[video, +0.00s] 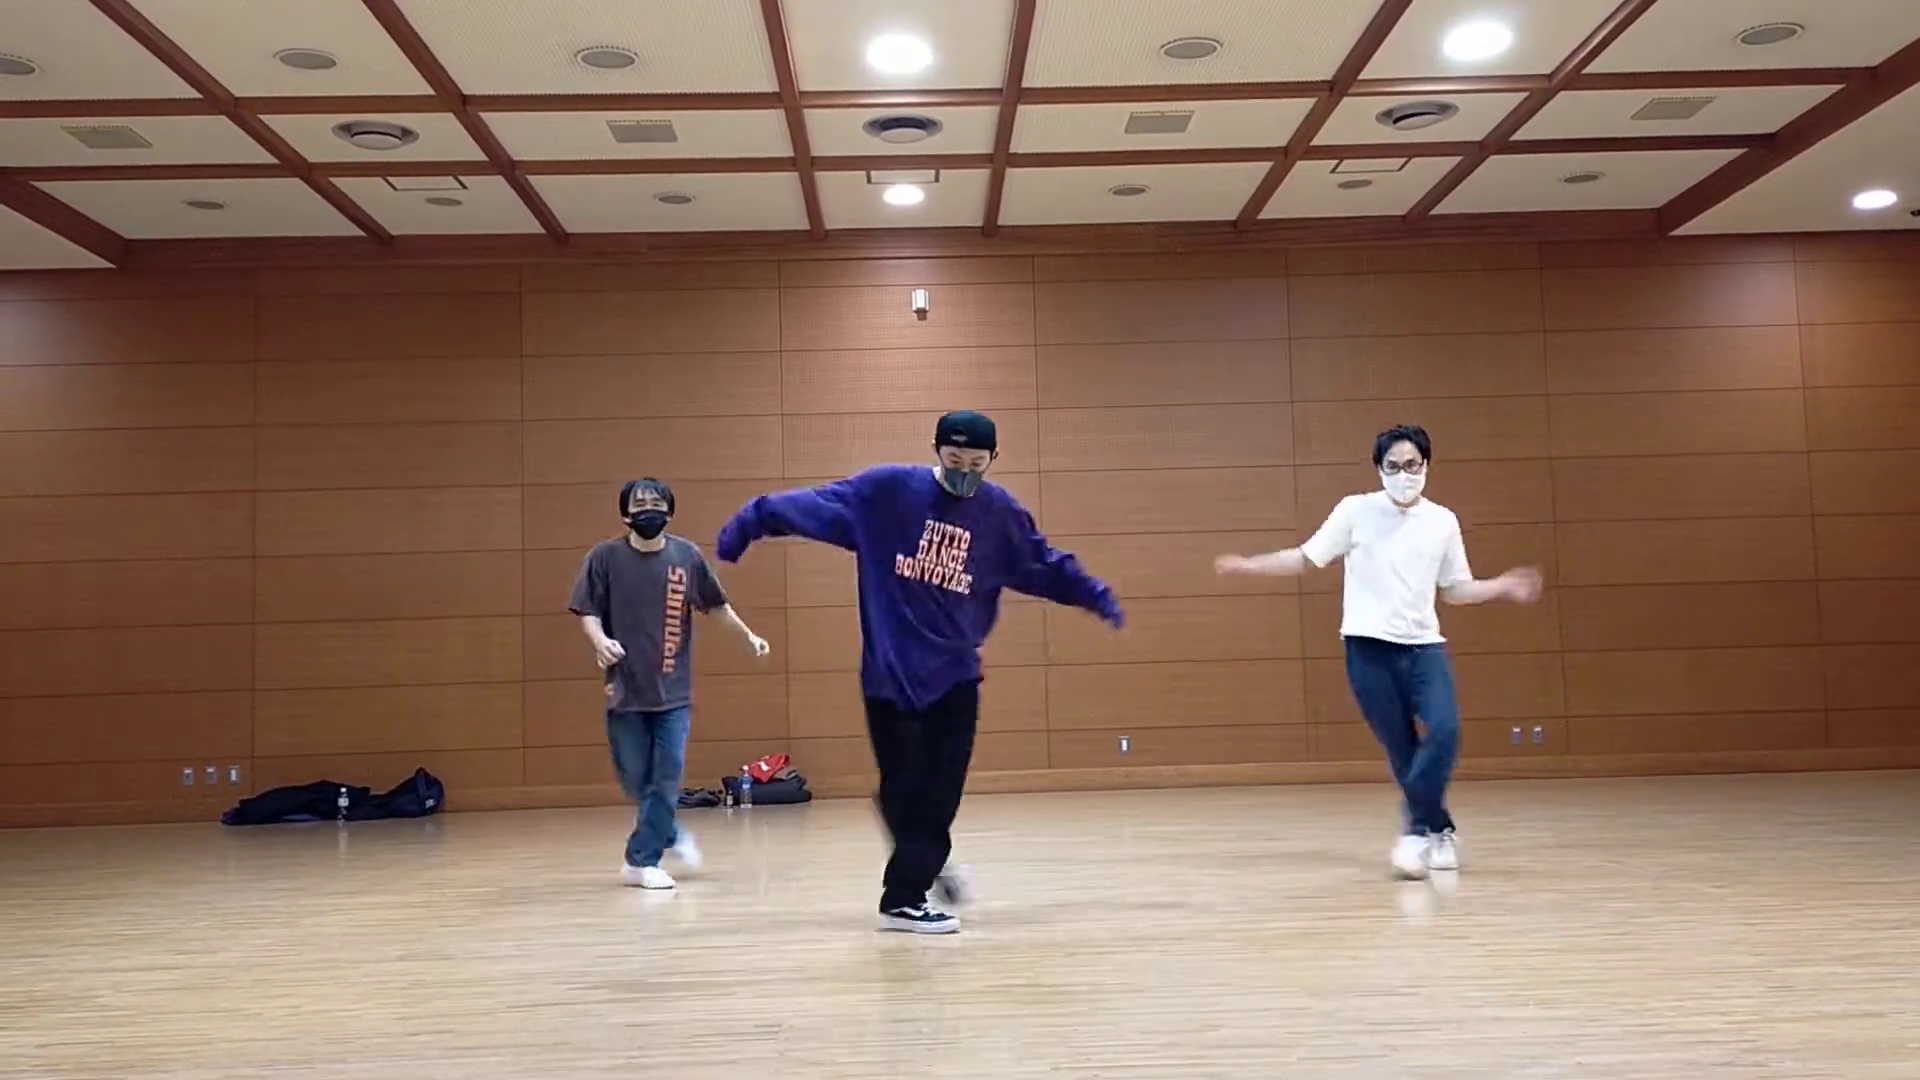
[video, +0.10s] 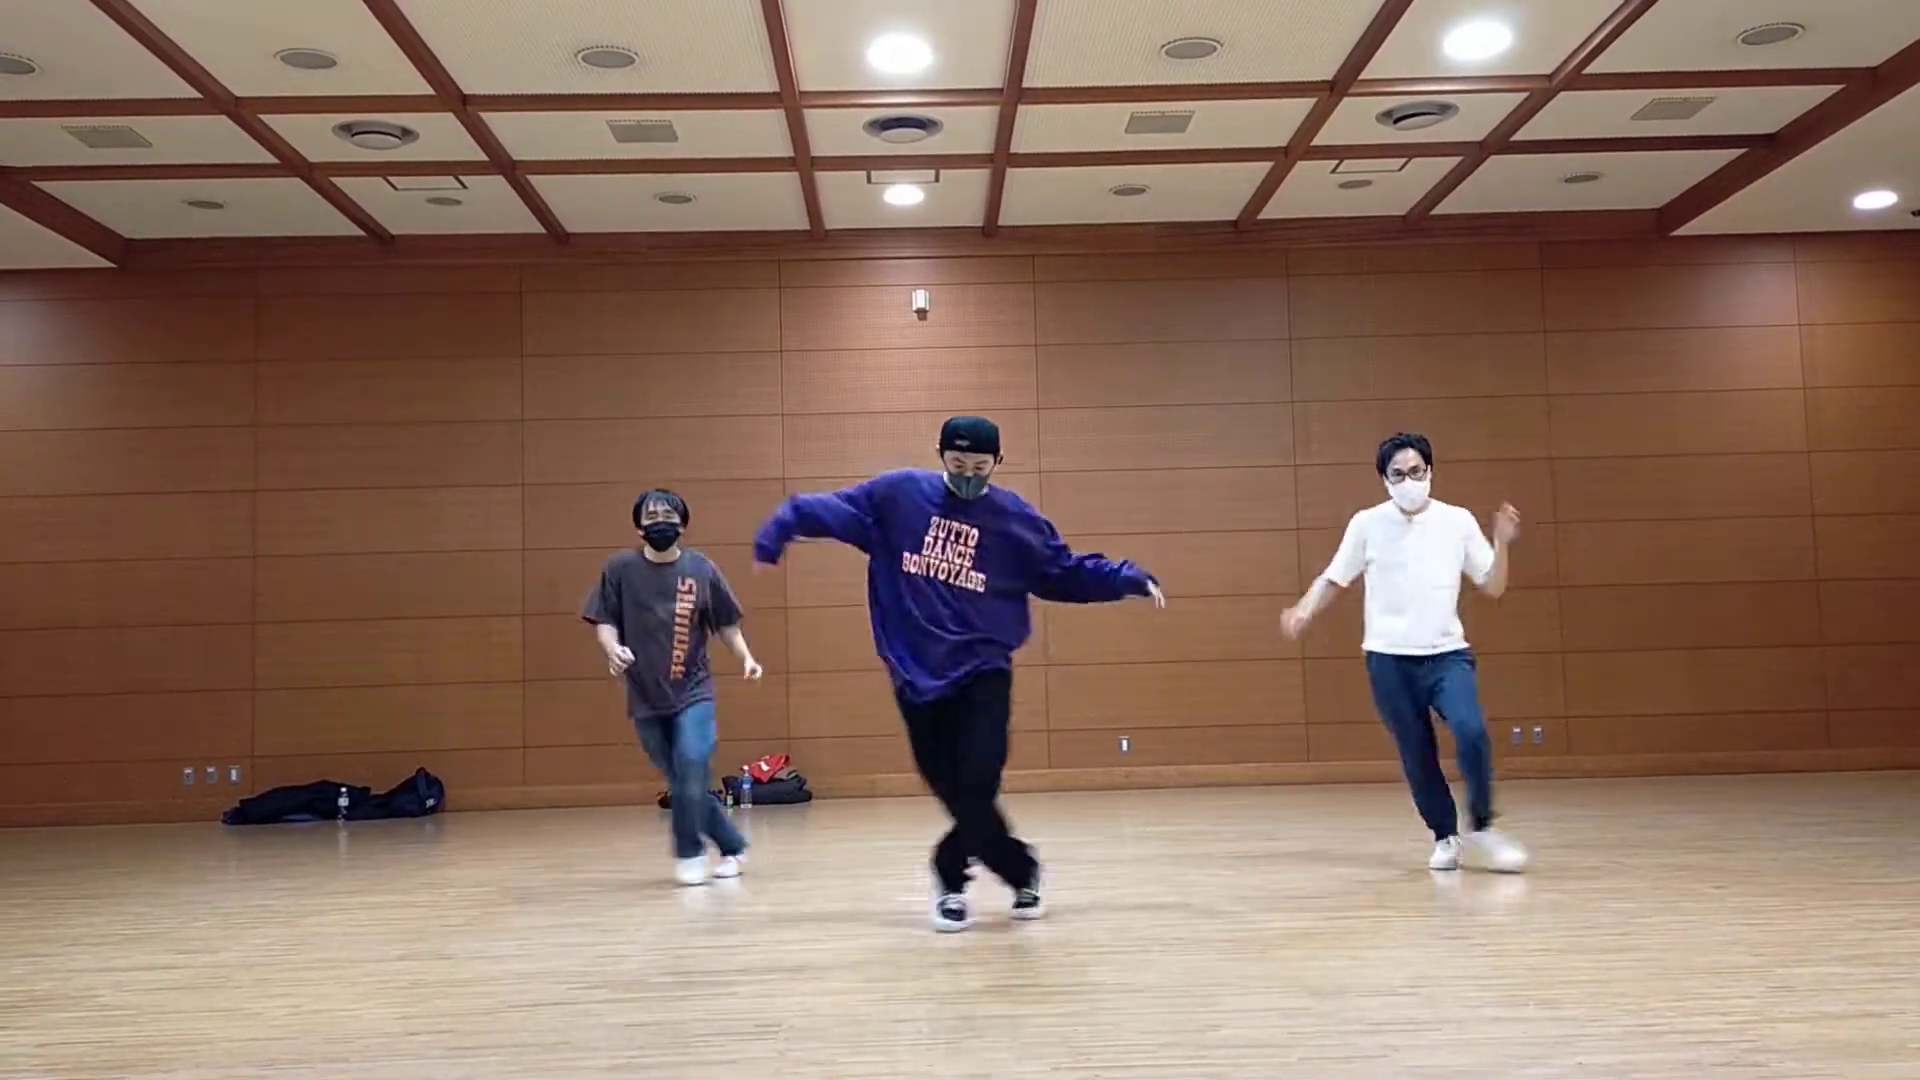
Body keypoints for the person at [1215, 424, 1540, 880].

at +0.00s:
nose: (1404, 474)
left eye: (1413, 465)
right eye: (1394, 466)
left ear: (1426, 468)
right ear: (1380, 470)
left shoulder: (1442, 522)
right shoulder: (1355, 511)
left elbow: (1456, 589)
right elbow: (1305, 557)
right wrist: (1250, 564)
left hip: (1423, 644)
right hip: (1367, 645)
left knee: (1444, 728)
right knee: (1401, 748)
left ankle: (1414, 833)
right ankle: (1439, 832)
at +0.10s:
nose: (1411, 480)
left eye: (1418, 472)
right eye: (1400, 474)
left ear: (1430, 474)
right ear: (1385, 481)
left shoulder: (1458, 522)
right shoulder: (1366, 525)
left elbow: (1492, 586)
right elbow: (1332, 578)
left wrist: (1502, 544)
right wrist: (1305, 608)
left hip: (1446, 654)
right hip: (1389, 658)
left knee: (1472, 729)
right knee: (1417, 755)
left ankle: (1480, 830)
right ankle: (1444, 837)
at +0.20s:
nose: (1408, 469)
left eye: (1415, 459)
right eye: (1397, 463)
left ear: (1430, 461)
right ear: (1386, 471)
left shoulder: (1465, 504)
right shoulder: (1377, 519)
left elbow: (1522, 553)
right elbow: (1362, 579)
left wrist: (1483, 525)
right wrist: (1353, 612)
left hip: (1462, 647)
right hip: (1403, 650)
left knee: (1489, 742)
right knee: (1416, 750)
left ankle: (1533, 832)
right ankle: (1445, 833)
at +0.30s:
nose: (1404, 462)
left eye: (1410, 452)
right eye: (1393, 456)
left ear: (1425, 454)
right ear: (1381, 466)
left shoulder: (1462, 497)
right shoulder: (1383, 518)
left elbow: (1529, 525)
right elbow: (1389, 577)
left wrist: (1486, 555)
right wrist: (1377, 597)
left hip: (1474, 639)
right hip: (1417, 644)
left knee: (1506, 739)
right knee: (1406, 728)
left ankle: (1545, 832)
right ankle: (1453, 821)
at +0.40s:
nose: (1394, 475)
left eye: (1401, 465)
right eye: (1384, 469)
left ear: (1417, 467)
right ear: (1373, 479)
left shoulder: (1454, 504)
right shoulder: (1386, 528)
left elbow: (1525, 529)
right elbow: (1410, 584)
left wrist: (1513, 588)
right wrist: (1387, 596)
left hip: (1480, 645)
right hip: (1428, 649)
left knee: (1519, 741)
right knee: (1407, 724)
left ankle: (1573, 834)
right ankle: (1419, 832)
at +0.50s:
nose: (1389, 499)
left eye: (1395, 489)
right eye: (1378, 494)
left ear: (1409, 491)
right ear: (1366, 505)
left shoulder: (1448, 529)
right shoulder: (1382, 555)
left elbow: (1523, 550)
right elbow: (1406, 617)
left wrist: (1545, 609)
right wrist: (1379, 621)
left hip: (1487, 664)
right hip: (1434, 669)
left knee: (1525, 751)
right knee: (1401, 733)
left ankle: (1586, 837)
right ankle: (1393, 844)